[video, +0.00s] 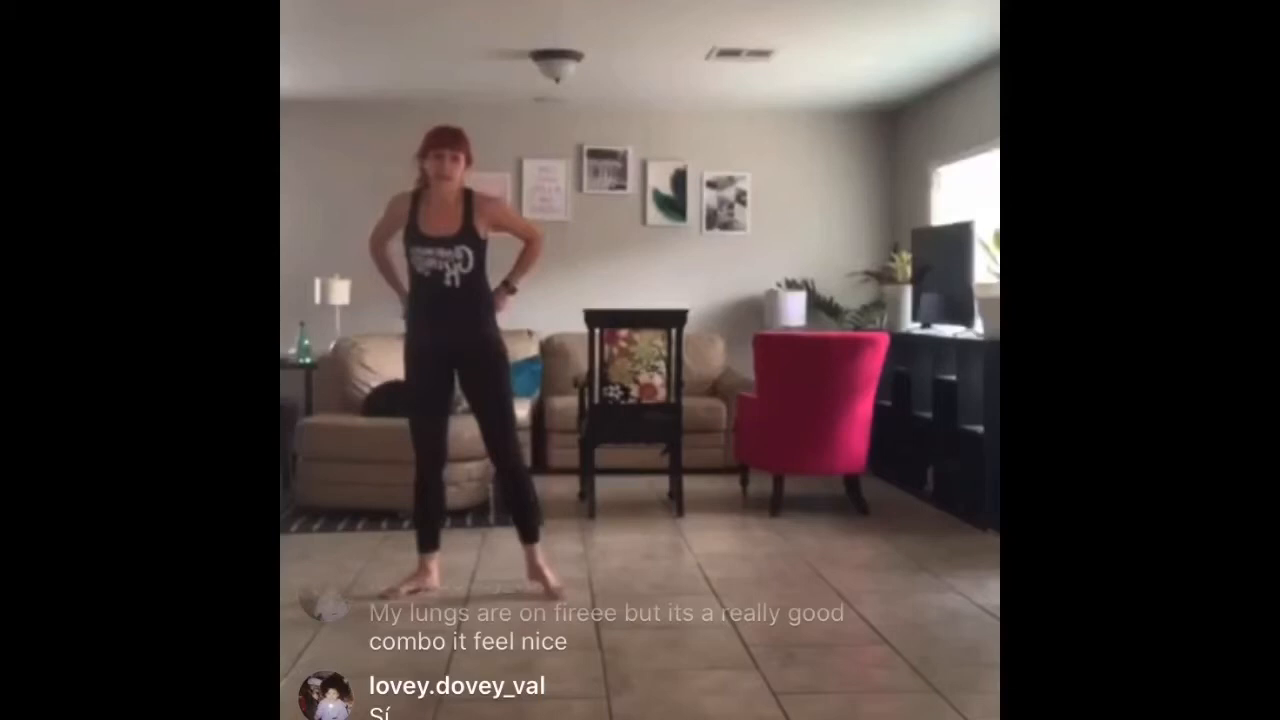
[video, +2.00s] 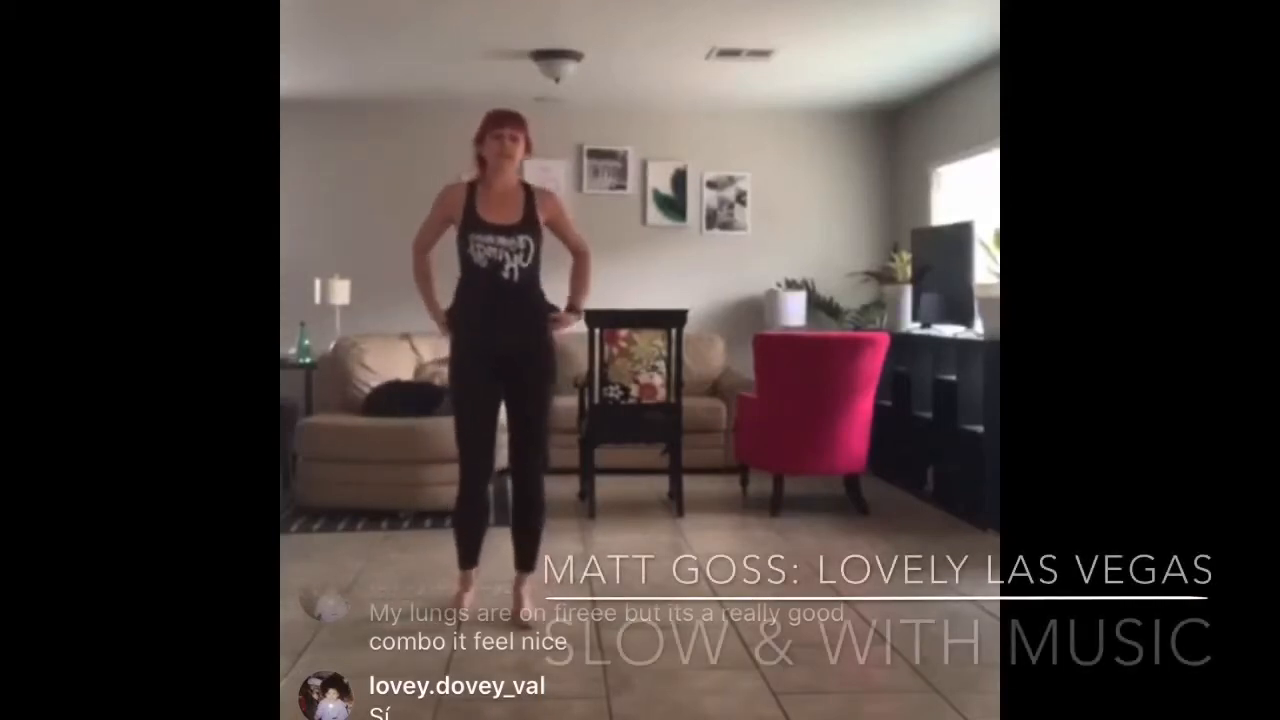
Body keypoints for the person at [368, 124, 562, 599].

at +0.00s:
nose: (445, 165)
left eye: (453, 158)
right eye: (437, 157)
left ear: (467, 166)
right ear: (422, 162)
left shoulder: (485, 208)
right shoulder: (405, 205)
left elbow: (534, 238)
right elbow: (377, 245)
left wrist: (509, 287)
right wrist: (405, 293)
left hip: (476, 335)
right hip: (425, 335)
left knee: (505, 449)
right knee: (428, 456)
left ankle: (535, 558)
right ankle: (428, 568)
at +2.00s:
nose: (504, 145)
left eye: (513, 139)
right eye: (496, 137)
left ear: (525, 151)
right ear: (480, 147)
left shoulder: (543, 203)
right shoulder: (457, 198)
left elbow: (581, 251)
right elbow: (422, 249)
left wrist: (573, 310)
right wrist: (438, 313)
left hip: (530, 336)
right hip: (473, 334)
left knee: (528, 464)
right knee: (475, 465)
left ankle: (525, 581)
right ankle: (467, 578)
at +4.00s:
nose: (491, 160)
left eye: (499, 153)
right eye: (482, 153)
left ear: (512, 166)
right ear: (463, 165)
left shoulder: (526, 217)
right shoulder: (444, 217)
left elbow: (584, 177)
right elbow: (425, 162)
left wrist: (550, 118)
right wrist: (456, 98)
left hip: (513, 362)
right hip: (455, 361)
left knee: (516, 479)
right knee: (450, 479)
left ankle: (503, 593)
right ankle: (477, 586)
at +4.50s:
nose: (419, 150)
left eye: (429, 144)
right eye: (411, 142)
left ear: (444, 156)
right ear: (394, 150)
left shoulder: (457, 222)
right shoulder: (365, 205)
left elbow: (481, 289)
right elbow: (290, 229)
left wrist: (503, 329)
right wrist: (345, 262)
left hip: (434, 365)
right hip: (369, 364)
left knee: (497, 474)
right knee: (351, 486)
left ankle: (495, 589)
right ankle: (327, 601)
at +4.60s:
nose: (402, 146)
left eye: (413, 140)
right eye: (393, 138)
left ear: (426, 154)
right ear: (377, 148)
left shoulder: (437, 218)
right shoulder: (348, 203)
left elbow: (467, 286)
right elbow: (287, 210)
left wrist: (437, 318)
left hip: (407, 361)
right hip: (348, 360)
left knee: (497, 461)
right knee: (339, 487)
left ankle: (493, 581)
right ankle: (326, 598)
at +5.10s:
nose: (374, 144)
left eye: (383, 138)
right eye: (365, 135)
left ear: (397, 151)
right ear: (345, 146)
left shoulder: (409, 208)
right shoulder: (320, 205)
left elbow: (421, 245)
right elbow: (280, 218)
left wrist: (347, 246)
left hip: (382, 359)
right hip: (319, 356)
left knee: (471, 456)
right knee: (323, 474)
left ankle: (492, 579)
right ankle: (321, 594)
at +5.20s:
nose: (373, 144)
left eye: (383, 138)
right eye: (364, 136)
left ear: (396, 151)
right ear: (345, 146)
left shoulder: (407, 208)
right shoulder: (318, 205)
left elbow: (413, 244)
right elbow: (279, 220)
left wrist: (336, 248)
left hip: (380, 357)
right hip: (317, 355)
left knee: (467, 457)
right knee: (322, 473)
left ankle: (491, 580)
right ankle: (321, 594)